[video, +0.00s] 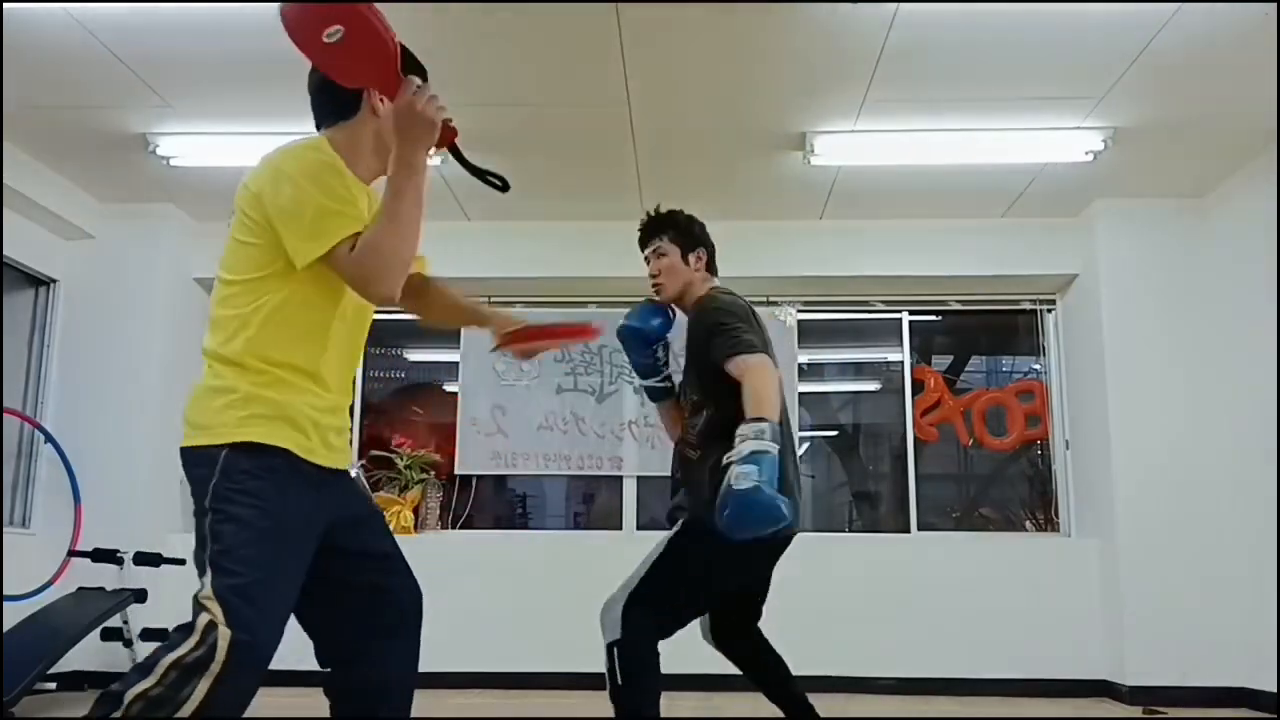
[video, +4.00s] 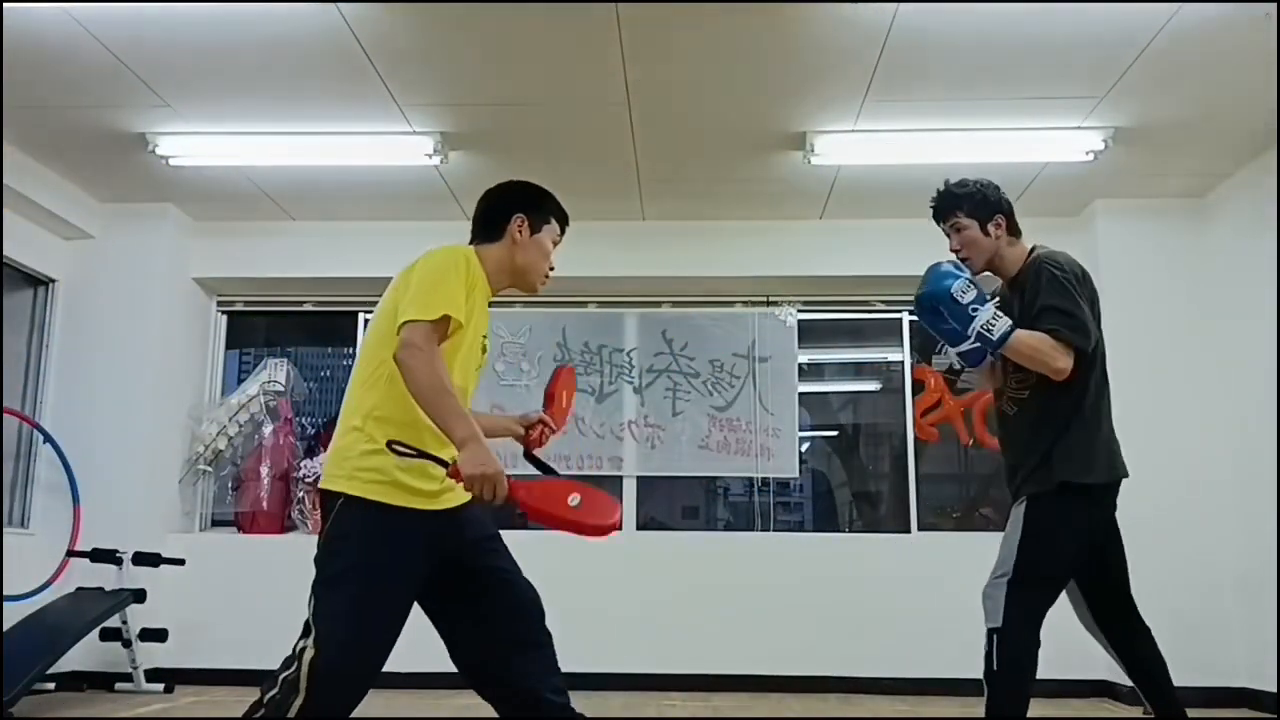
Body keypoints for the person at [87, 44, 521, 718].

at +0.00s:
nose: (426, 125)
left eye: (427, 109)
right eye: (419, 107)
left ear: (365, 107)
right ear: (380, 103)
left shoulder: (366, 202)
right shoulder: (296, 171)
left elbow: (416, 288)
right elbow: (380, 279)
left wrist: (495, 323)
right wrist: (412, 156)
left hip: (322, 461)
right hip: (249, 448)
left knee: (385, 613)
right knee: (236, 638)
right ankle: (122, 709)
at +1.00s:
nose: (149, 144)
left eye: (152, 131)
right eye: (145, 126)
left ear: (60, 111)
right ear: (103, 103)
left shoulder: (7, 154)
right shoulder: (127, 162)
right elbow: (126, 289)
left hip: (9, 423)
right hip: (63, 423)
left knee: (14, 626)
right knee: (107, 633)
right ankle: (32, 709)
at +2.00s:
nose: (359, 199)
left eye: (362, 187)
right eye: (356, 183)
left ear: (274, 177)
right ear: (321, 169)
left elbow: (141, 360)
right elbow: (463, 307)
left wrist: (187, 436)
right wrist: (441, 351)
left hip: (171, 462)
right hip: (253, 453)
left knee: (285, 638)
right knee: (213, 635)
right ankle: (102, 713)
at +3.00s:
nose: (643, 240)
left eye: (649, 225)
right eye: (645, 220)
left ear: (599, 205)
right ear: (618, 203)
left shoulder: (556, 262)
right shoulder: (559, 238)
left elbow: (578, 339)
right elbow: (511, 333)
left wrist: (613, 268)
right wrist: (568, 440)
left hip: (531, 479)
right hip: (485, 472)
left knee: (590, 638)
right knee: (494, 654)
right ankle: (407, 711)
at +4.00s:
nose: (555, 262)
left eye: (558, 248)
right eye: (553, 242)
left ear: (517, 233)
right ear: (519, 229)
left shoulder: (473, 312)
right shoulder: (450, 265)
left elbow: (431, 421)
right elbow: (414, 348)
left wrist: (513, 425)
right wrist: (470, 441)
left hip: (443, 501)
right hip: (377, 496)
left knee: (511, 626)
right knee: (336, 663)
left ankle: (548, 711)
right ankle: (279, 711)